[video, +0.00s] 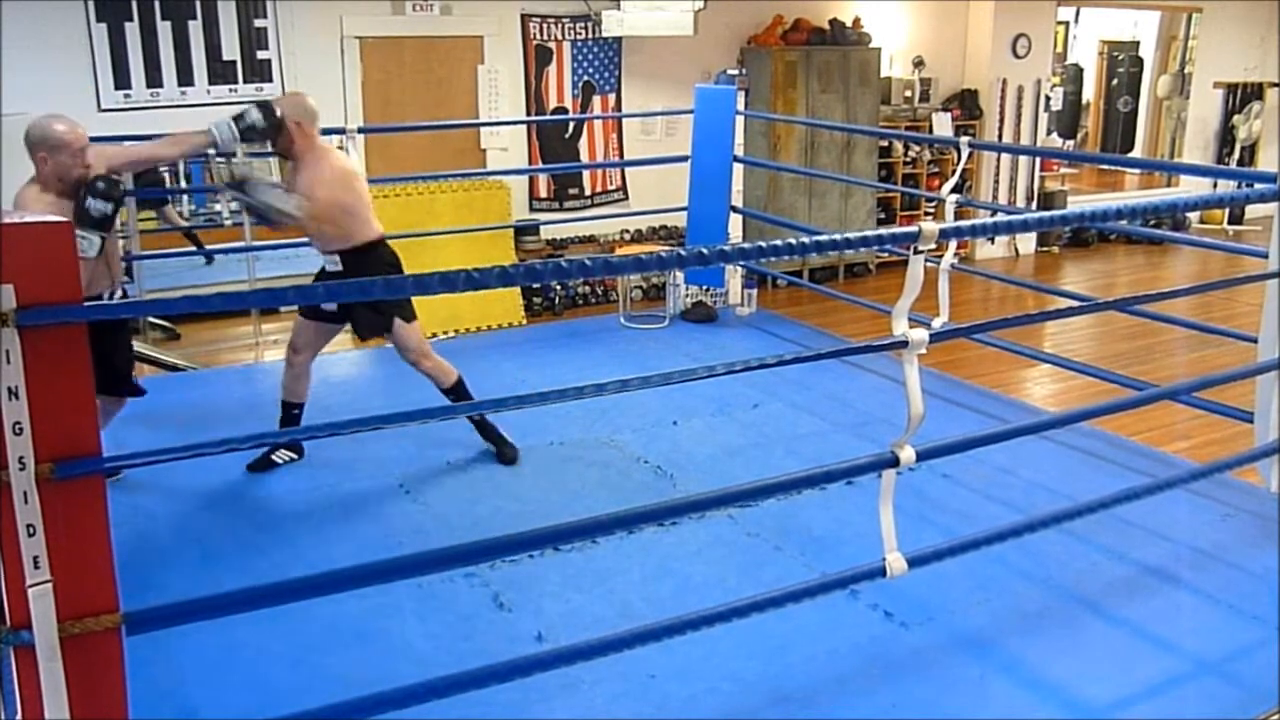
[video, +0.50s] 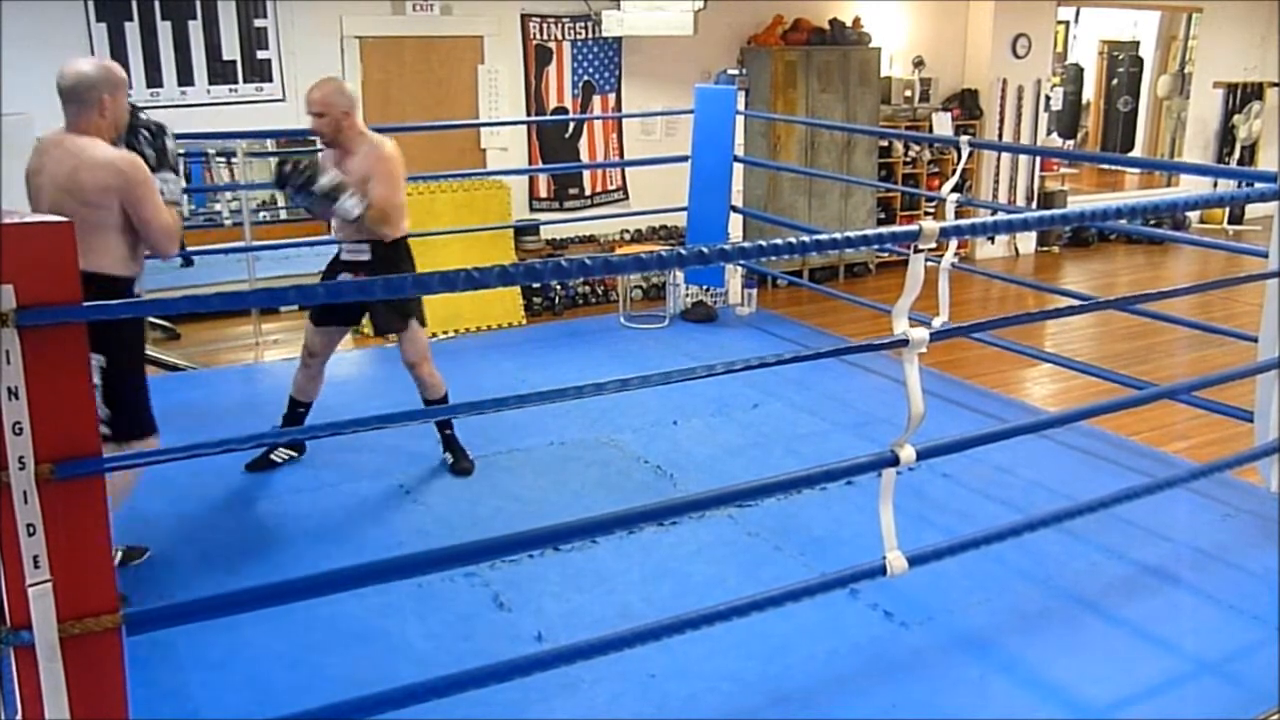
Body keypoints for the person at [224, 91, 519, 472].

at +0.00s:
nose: (270, 139)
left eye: (273, 130)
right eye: (268, 131)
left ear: (294, 130)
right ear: (298, 128)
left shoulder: (324, 167)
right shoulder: (297, 165)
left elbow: (301, 219)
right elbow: (284, 209)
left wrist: (251, 196)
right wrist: (247, 191)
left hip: (374, 266)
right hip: (336, 269)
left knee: (419, 356)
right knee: (298, 354)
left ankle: (486, 427)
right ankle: (289, 440)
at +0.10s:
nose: (257, 132)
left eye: (262, 124)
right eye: (257, 125)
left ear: (286, 124)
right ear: (290, 123)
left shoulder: (291, 158)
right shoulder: (310, 153)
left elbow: (221, 175)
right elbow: (339, 201)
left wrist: (164, 171)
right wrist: (291, 225)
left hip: (366, 266)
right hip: (336, 269)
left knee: (417, 349)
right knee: (302, 350)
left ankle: (487, 423)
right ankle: (288, 442)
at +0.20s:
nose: (252, 131)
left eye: (257, 123)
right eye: (253, 123)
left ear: (283, 123)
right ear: (288, 123)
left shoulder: (288, 157)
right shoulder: (314, 150)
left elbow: (223, 194)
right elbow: (350, 196)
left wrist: (173, 190)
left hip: (353, 267)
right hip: (336, 267)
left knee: (409, 352)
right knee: (293, 353)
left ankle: (487, 414)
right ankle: (289, 442)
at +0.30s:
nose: (263, 126)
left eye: (268, 116)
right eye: (262, 117)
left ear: (295, 116)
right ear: (294, 117)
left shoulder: (311, 152)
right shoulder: (307, 148)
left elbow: (292, 221)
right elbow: (323, 208)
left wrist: (235, 228)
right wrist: (280, 204)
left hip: (360, 260)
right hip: (329, 262)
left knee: (400, 358)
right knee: (297, 351)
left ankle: (465, 433)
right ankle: (289, 440)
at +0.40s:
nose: (284, 123)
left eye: (290, 115)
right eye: (283, 114)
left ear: (317, 116)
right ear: (312, 116)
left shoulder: (348, 153)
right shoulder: (323, 152)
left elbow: (356, 218)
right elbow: (333, 200)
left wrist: (302, 226)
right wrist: (295, 199)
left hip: (372, 259)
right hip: (336, 258)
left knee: (400, 364)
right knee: (306, 355)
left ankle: (448, 443)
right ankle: (290, 439)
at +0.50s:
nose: (312, 124)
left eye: (319, 116)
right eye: (310, 115)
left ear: (346, 115)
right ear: (326, 118)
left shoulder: (383, 154)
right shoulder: (326, 156)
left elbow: (389, 224)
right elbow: (331, 216)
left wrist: (343, 199)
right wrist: (305, 192)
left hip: (389, 262)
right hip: (346, 261)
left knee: (418, 361)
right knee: (313, 353)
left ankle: (450, 440)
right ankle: (290, 437)